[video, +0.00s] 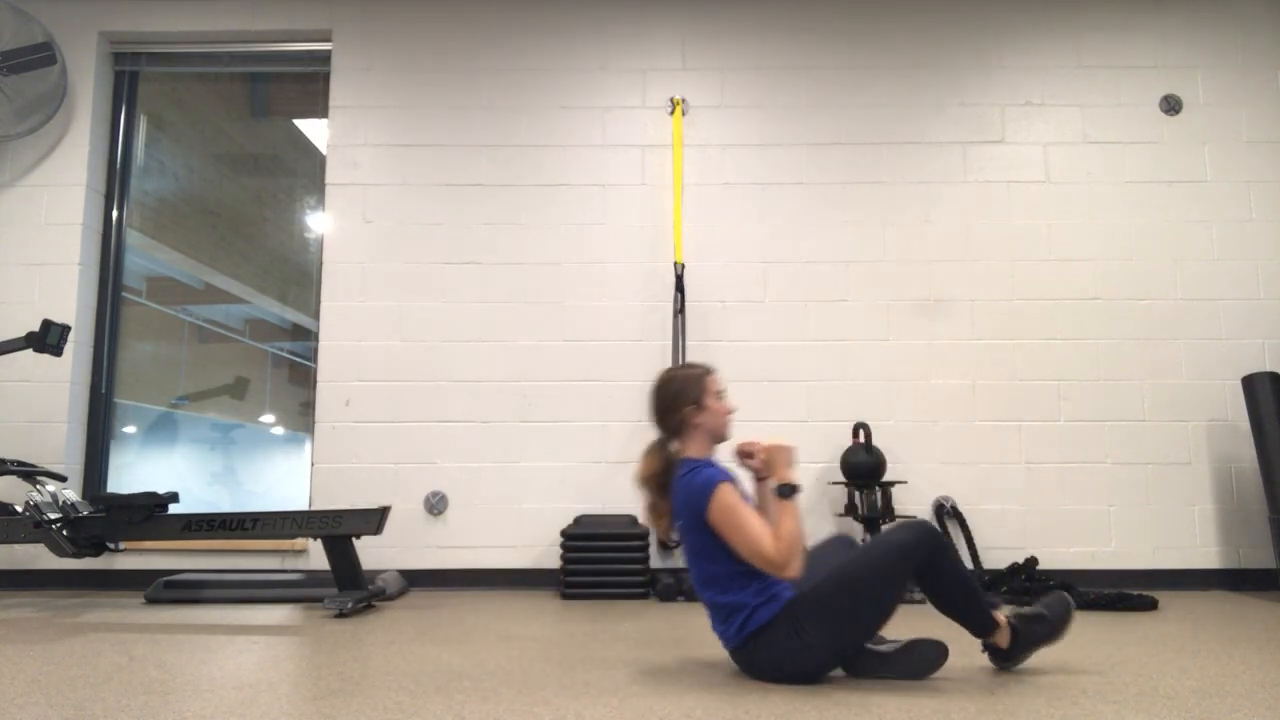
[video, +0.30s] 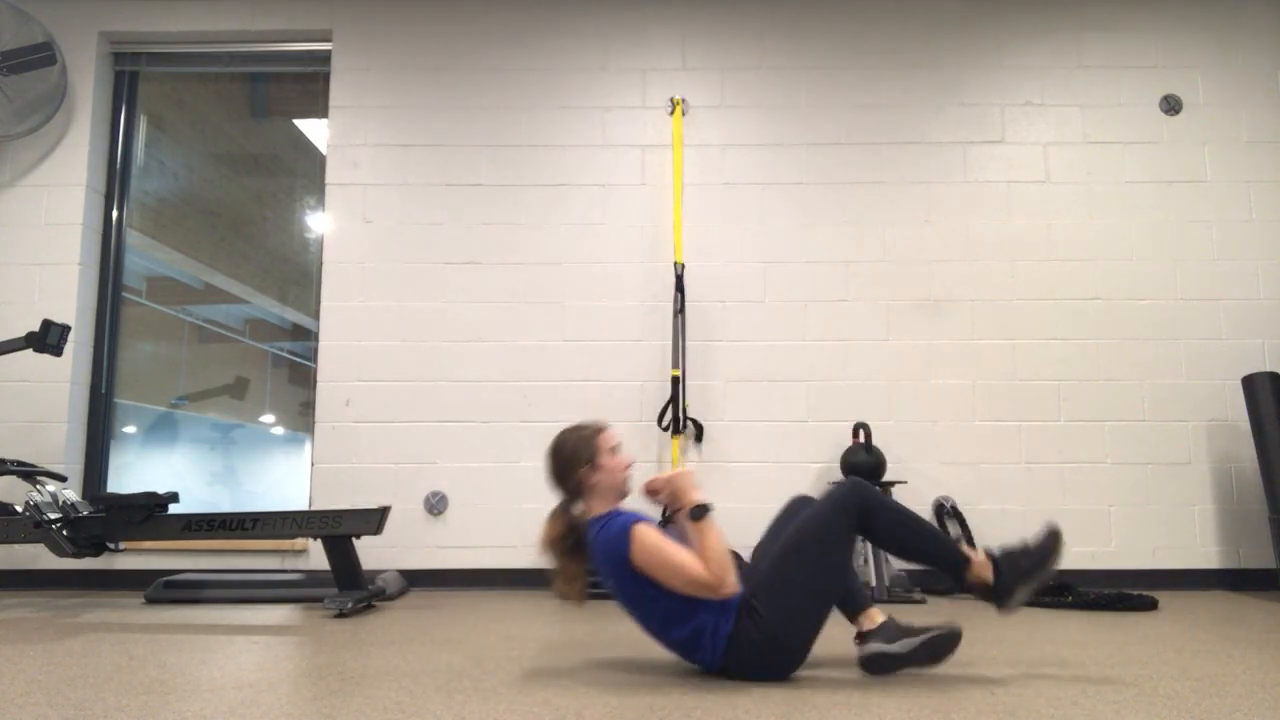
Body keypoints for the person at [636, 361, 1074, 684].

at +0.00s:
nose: (730, 407)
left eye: (724, 396)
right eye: (720, 398)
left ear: (691, 414)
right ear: (692, 414)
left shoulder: (696, 474)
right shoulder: (704, 480)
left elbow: (770, 557)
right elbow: (786, 563)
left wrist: (765, 484)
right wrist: (783, 481)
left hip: (768, 632)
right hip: (779, 642)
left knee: (841, 543)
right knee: (918, 537)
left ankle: (863, 646)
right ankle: (1002, 634)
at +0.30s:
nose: (627, 459)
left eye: (620, 449)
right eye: (614, 454)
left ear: (591, 475)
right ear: (587, 478)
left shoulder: (610, 524)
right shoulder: (623, 533)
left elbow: (697, 576)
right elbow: (721, 581)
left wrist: (676, 514)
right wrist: (694, 506)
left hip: (736, 632)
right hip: (753, 647)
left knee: (803, 506)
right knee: (853, 497)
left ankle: (876, 631)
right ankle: (990, 573)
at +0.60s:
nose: (540, 532)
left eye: (531, 526)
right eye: (525, 532)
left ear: (524, 555)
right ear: (509, 563)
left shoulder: (559, 592)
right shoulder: (560, 601)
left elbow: (652, 595)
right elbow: (668, 596)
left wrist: (605, 553)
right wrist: (610, 545)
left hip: (723, 632)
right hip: (734, 644)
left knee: (727, 468)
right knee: (726, 467)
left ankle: (860, 449)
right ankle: (859, 455)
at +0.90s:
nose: (486, 575)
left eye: (475, 573)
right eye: (472, 581)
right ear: (470, 619)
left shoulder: (535, 619)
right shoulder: (530, 638)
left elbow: (635, 574)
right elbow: (629, 601)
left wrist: (556, 567)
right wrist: (555, 569)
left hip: (694, 599)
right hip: (704, 614)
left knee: (634, 460)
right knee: (616, 469)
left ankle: (722, 342)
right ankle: (748, 406)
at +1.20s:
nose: (492, 574)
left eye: (483, 570)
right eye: (478, 578)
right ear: (471, 616)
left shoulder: (536, 612)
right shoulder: (527, 639)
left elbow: (640, 574)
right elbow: (626, 602)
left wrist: (553, 570)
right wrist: (551, 572)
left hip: (695, 598)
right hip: (705, 618)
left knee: (667, 450)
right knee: (632, 470)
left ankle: (750, 326)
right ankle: (763, 455)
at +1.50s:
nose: (573, 507)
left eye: (567, 500)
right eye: (560, 505)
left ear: (549, 524)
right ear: (534, 532)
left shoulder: (574, 559)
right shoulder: (567, 580)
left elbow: (667, 587)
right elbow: (668, 606)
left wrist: (622, 538)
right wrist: (618, 538)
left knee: (780, 486)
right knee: (771, 498)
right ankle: (853, 569)